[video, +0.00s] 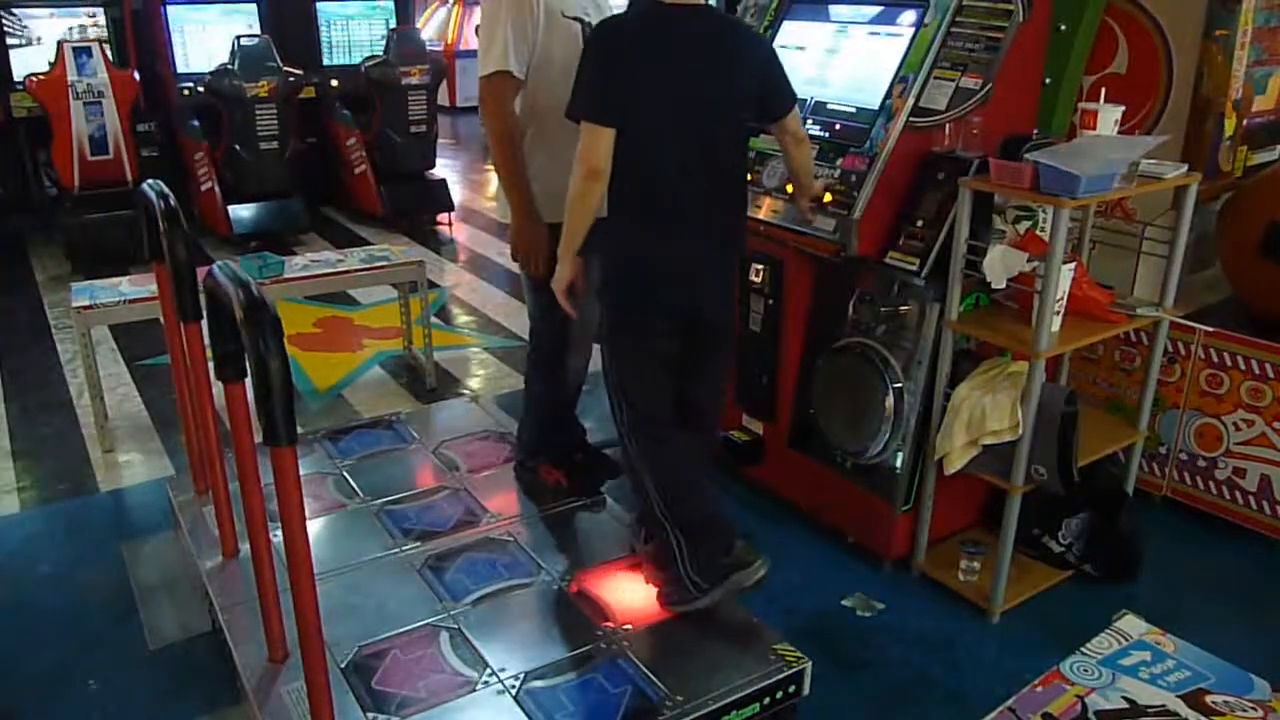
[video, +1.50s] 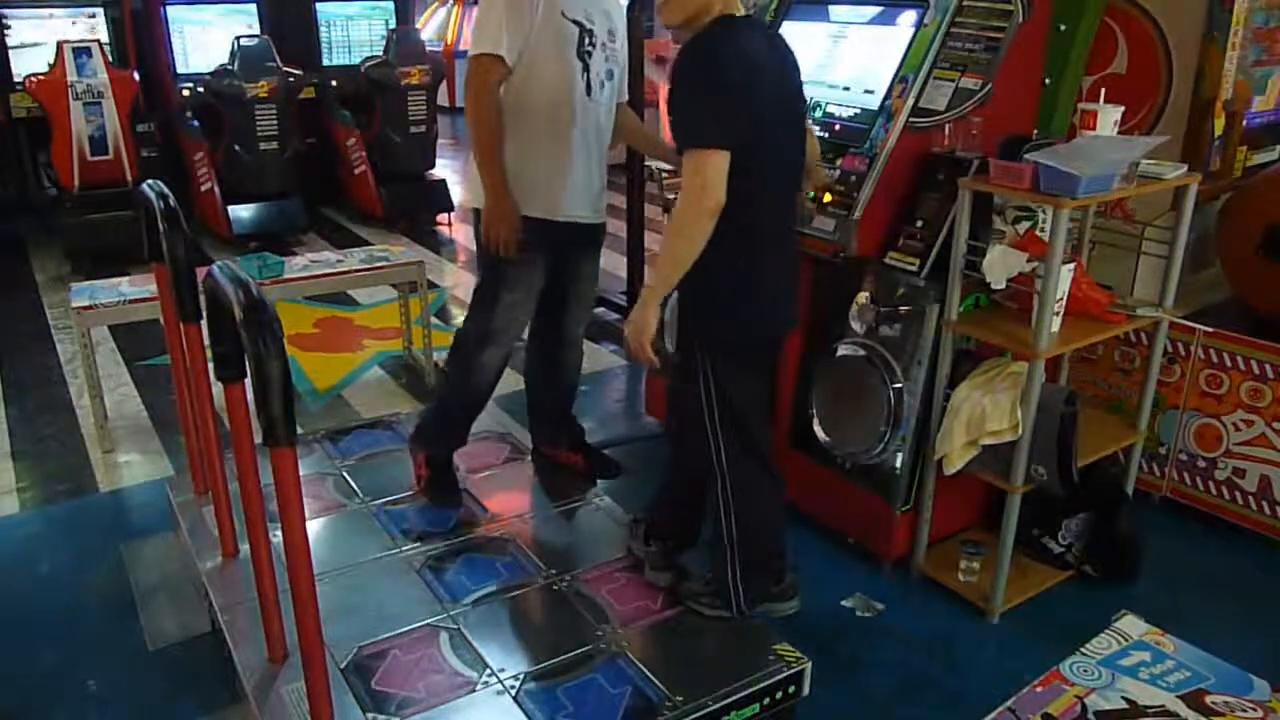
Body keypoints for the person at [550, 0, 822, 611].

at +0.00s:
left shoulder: (616, 37)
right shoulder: (747, 42)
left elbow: (593, 166)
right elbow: (795, 143)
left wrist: (569, 252)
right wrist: (807, 187)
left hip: (634, 255)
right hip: (713, 259)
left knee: (644, 411)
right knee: (696, 404)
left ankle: (718, 554)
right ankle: (660, 532)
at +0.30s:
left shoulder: (627, 41)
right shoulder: (752, 42)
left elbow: (609, 173)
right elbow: (802, 150)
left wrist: (578, 266)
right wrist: (808, 189)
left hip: (653, 267)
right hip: (725, 266)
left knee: (654, 421)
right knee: (701, 410)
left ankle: (734, 556)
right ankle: (666, 535)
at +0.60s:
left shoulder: (651, 38)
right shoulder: (762, 38)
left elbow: (637, 171)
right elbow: (805, 140)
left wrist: (604, 273)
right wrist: (811, 185)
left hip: (670, 270)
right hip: (738, 268)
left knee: (684, 425)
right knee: (697, 415)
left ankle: (745, 565)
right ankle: (665, 533)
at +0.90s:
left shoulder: (667, 47)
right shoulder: (774, 42)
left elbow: (663, 182)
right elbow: (812, 149)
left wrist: (626, 285)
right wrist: (812, 187)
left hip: (696, 266)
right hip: (758, 262)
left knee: (712, 419)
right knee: (701, 408)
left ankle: (753, 570)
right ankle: (664, 537)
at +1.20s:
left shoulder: (688, 50)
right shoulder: (784, 44)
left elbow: (683, 189)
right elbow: (816, 169)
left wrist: (646, 296)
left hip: (712, 277)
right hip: (772, 274)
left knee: (731, 433)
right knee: (708, 421)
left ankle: (758, 575)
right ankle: (664, 536)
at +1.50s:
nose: (659, 5)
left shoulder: (707, 57)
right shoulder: (767, 46)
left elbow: (703, 197)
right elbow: (808, 164)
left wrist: (651, 296)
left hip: (721, 289)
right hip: (761, 282)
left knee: (733, 437)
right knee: (699, 423)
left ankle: (757, 581)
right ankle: (667, 538)